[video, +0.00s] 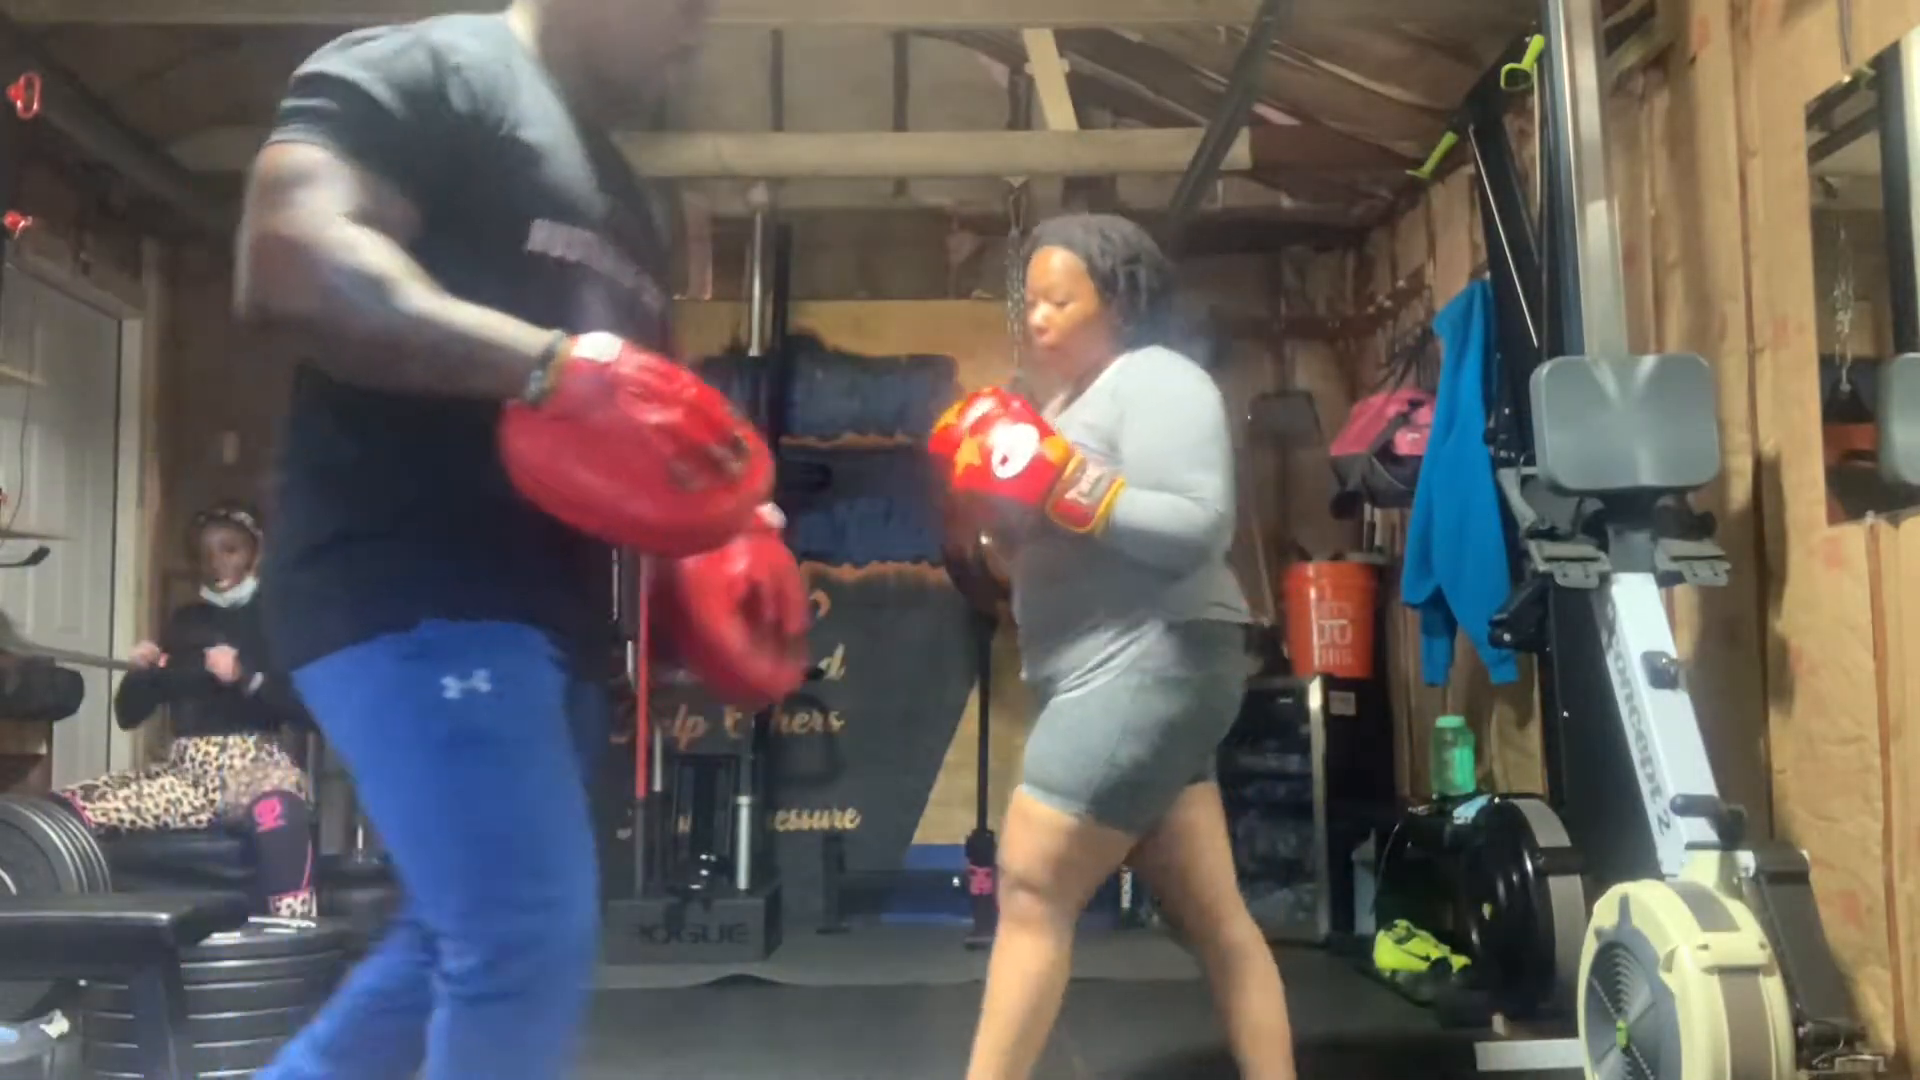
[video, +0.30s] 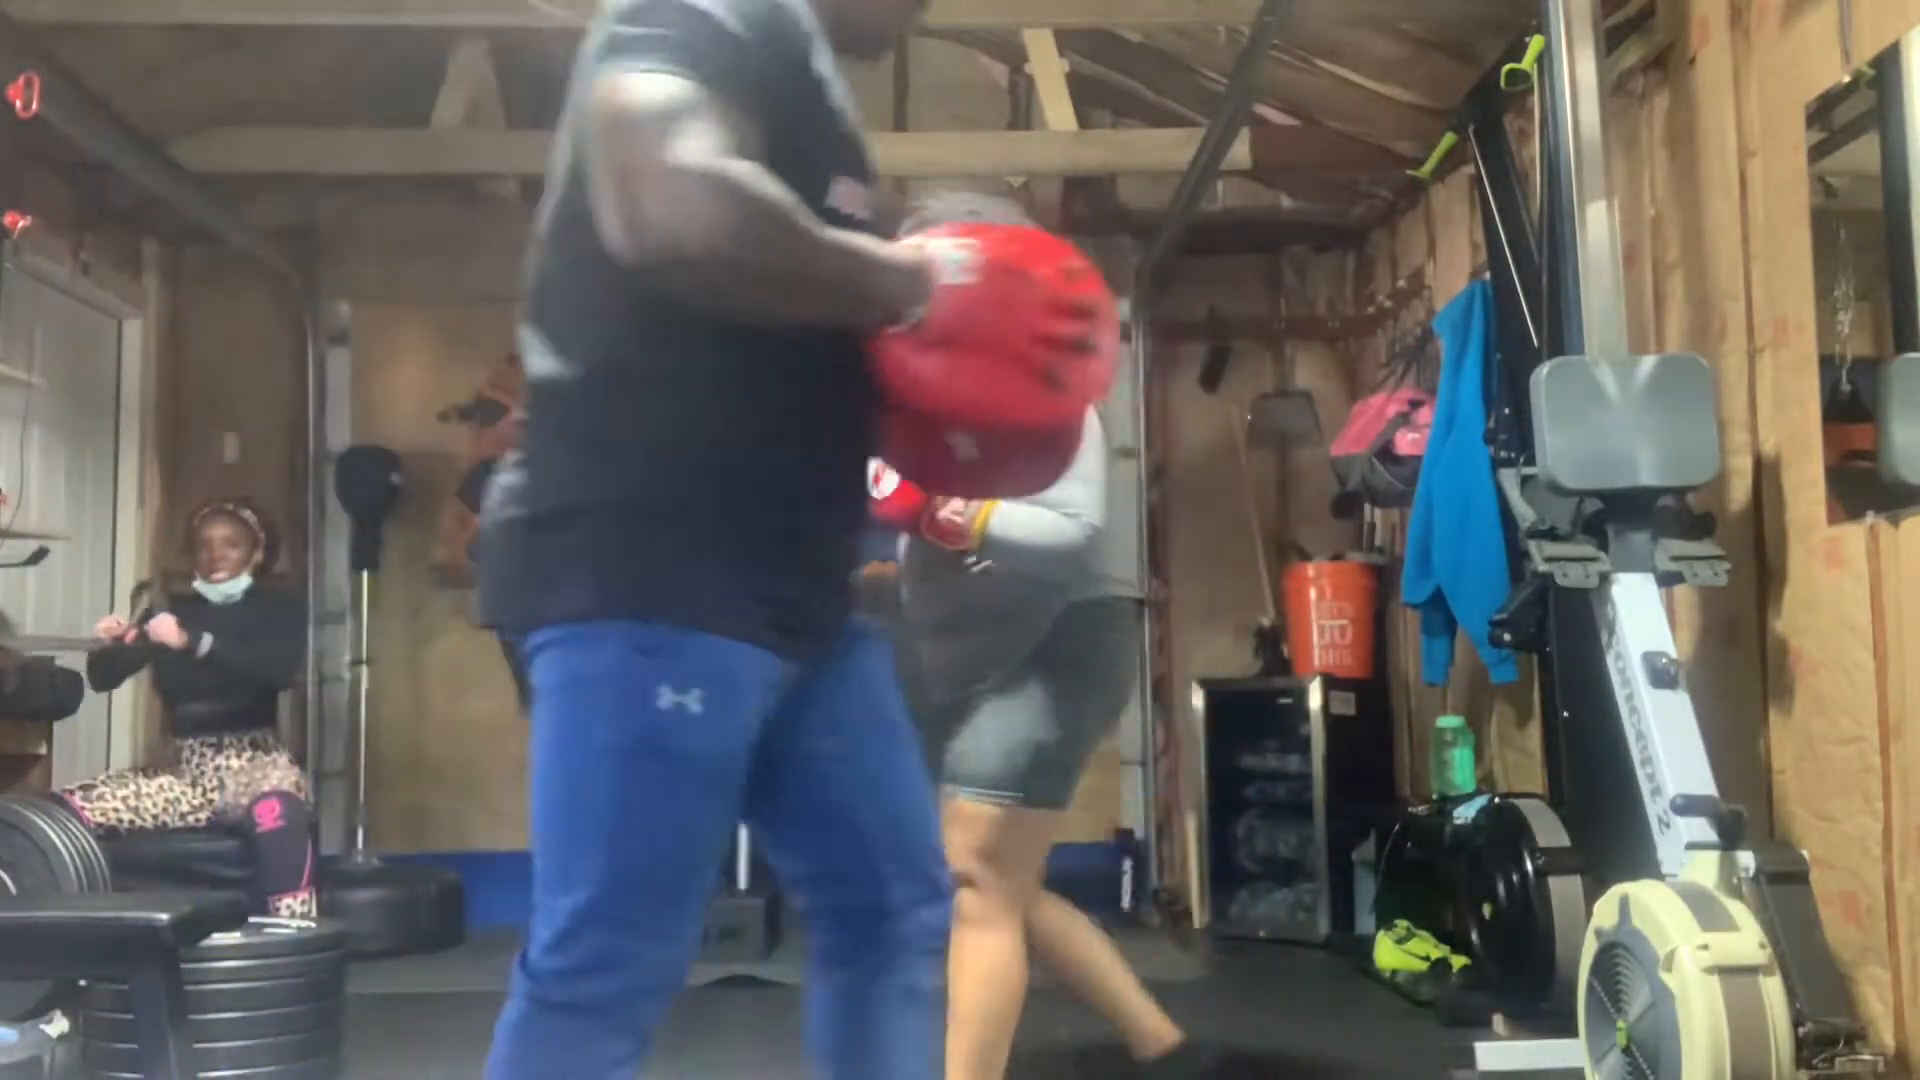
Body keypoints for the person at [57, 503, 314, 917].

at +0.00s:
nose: (218, 563)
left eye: (230, 550)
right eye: (209, 552)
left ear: (255, 554)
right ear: (199, 559)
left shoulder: (279, 613)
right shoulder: (186, 619)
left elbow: (307, 709)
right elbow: (129, 717)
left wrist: (246, 677)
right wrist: (139, 674)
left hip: (260, 771)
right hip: (185, 772)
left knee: (279, 814)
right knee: (64, 811)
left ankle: (295, 944)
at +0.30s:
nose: (216, 555)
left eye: (230, 544)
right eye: (206, 545)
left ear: (255, 554)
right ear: (193, 554)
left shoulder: (278, 607)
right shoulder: (174, 612)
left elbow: (281, 671)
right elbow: (102, 678)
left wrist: (194, 642)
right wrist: (108, 645)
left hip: (256, 771)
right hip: (184, 773)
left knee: (280, 812)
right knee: (67, 811)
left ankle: (294, 945)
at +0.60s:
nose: (237, 564)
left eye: (251, 554)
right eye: (226, 555)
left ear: (275, 563)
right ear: (213, 563)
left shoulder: (296, 619)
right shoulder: (190, 619)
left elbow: (304, 703)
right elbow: (128, 705)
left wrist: (236, 673)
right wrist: (128, 669)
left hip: (261, 769)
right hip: (186, 770)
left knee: (280, 813)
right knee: (65, 810)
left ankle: (293, 944)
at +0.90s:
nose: (230, 571)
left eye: (245, 560)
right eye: (219, 560)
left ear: (268, 565)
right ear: (207, 566)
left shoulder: (297, 621)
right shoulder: (191, 621)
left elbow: (327, 710)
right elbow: (141, 719)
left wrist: (257, 670)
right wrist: (148, 670)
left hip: (258, 770)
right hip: (182, 772)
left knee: (279, 814)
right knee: (62, 810)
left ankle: (291, 945)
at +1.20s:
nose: (196, 556)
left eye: (212, 546)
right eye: (188, 545)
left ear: (239, 556)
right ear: (178, 551)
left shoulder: (265, 608)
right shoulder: (151, 612)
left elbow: (271, 684)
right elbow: (93, 697)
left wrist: (192, 659)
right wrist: (93, 665)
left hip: (248, 772)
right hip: (168, 774)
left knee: (281, 813)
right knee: (61, 811)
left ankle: (294, 946)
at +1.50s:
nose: (166, 561)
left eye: (183, 551)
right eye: (161, 551)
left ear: (214, 568)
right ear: (150, 559)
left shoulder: (246, 623)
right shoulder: (132, 625)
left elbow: (243, 727)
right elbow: (103, 710)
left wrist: (168, 759)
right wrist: (81, 739)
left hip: (238, 778)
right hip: (156, 780)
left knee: (281, 811)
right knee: (54, 817)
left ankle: (295, 945)